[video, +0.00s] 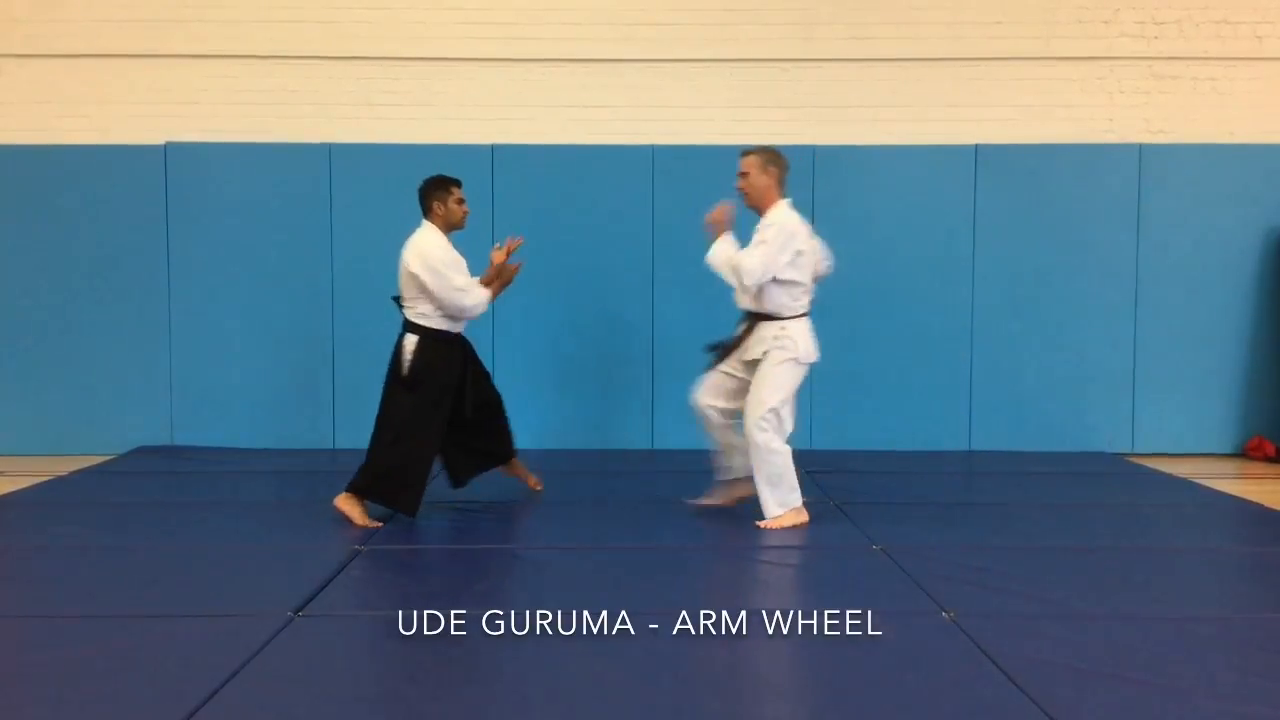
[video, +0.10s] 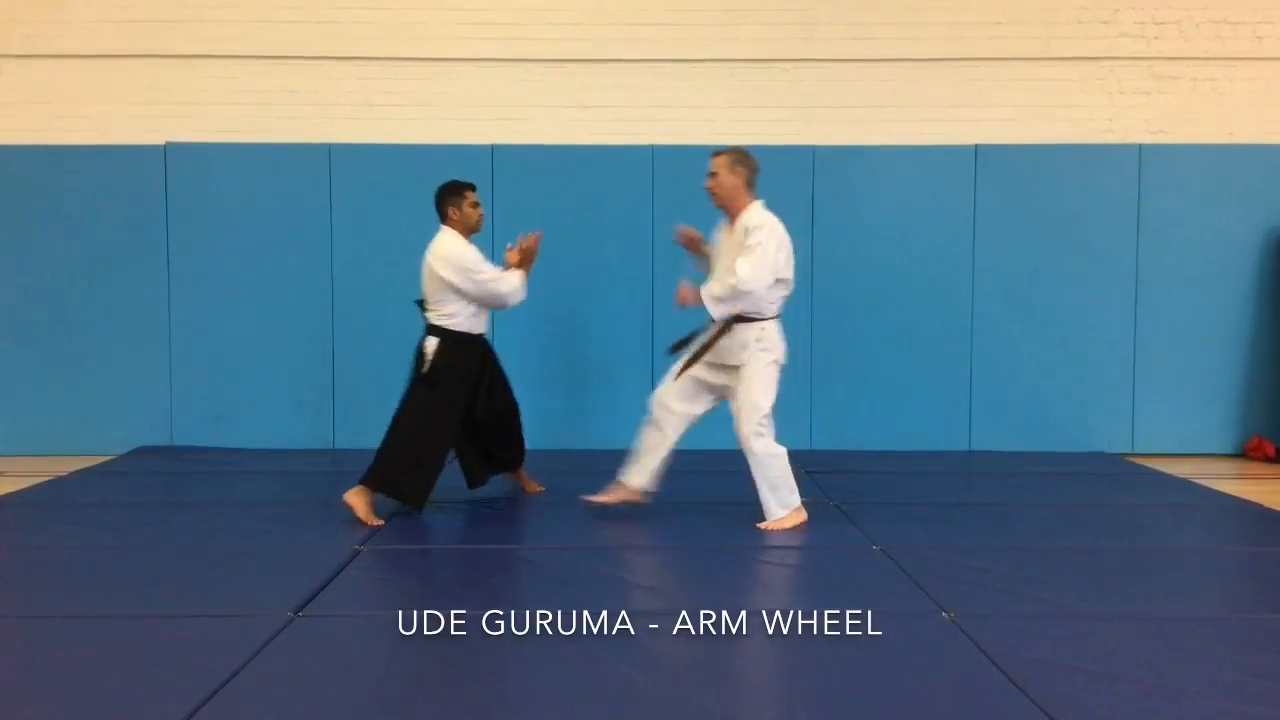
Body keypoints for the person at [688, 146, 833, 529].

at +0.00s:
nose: (739, 184)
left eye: (746, 176)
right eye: (739, 176)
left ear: (770, 177)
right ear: (765, 179)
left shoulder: (783, 224)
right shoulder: (781, 221)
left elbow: (749, 272)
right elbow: (820, 262)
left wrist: (722, 238)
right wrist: (774, 279)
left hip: (787, 338)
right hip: (760, 336)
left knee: (762, 417)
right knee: (709, 398)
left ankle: (790, 508)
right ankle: (740, 477)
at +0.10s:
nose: (708, 183)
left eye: (715, 175)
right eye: (708, 176)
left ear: (741, 177)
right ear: (728, 180)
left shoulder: (766, 229)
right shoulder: (725, 228)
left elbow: (750, 282)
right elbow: (728, 271)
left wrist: (701, 295)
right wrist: (701, 252)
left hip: (758, 338)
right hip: (723, 336)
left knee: (752, 425)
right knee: (668, 401)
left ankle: (789, 509)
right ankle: (634, 485)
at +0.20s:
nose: (673, 184)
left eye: (679, 176)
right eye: (672, 177)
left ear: (705, 180)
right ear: (691, 182)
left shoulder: (743, 230)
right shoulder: (673, 227)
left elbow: (760, 282)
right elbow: (635, 237)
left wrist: (741, 322)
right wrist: (606, 222)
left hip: (725, 334)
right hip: (684, 334)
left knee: (737, 425)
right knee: (634, 409)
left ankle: (787, 502)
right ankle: (584, 482)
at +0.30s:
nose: (634, 186)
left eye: (643, 180)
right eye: (635, 179)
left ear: (667, 185)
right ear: (646, 184)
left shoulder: (702, 232)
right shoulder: (622, 228)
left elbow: (738, 272)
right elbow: (573, 222)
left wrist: (766, 311)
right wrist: (528, 199)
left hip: (685, 340)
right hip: (641, 342)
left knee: (712, 422)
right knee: (597, 419)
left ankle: (774, 493)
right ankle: (577, 498)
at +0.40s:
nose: (597, 184)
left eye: (605, 177)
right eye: (598, 178)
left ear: (630, 180)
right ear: (615, 182)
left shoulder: (672, 223)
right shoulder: (596, 226)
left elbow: (706, 271)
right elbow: (546, 220)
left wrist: (736, 322)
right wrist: (500, 198)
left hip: (667, 332)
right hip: (625, 335)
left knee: (690, 414)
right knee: (589, 416)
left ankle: (744, 494)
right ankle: (575, 498)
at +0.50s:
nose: (579, 181)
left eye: (585, 172)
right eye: (578, 173)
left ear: (612, 172)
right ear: (601, 175)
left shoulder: (659, 215)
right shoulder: (580, 223)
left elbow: (686, 267)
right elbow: (532, 235)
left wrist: (697, 319)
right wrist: (479, 234)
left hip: (657, 324)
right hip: (616, 328)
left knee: (677, 411)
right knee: (590, 411)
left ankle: (722, 495)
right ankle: (576, 499)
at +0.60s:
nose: (567, 180)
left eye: (573, 172)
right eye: (566, 172)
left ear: (599, 172)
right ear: (586, 174)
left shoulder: (649, 211)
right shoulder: (566, 222)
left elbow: (679, 262)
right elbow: (520, 252)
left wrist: (680, 312)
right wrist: (474, 274)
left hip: (652, 322)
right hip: (611, 326)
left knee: (674, 408)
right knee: (588, 410)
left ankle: (721, 490)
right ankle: (579, 496)